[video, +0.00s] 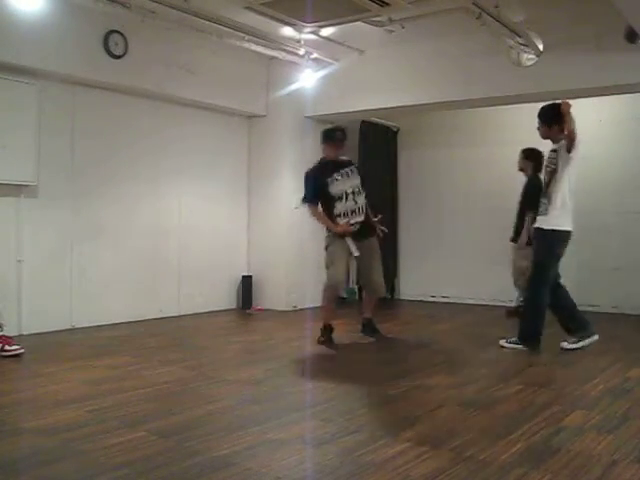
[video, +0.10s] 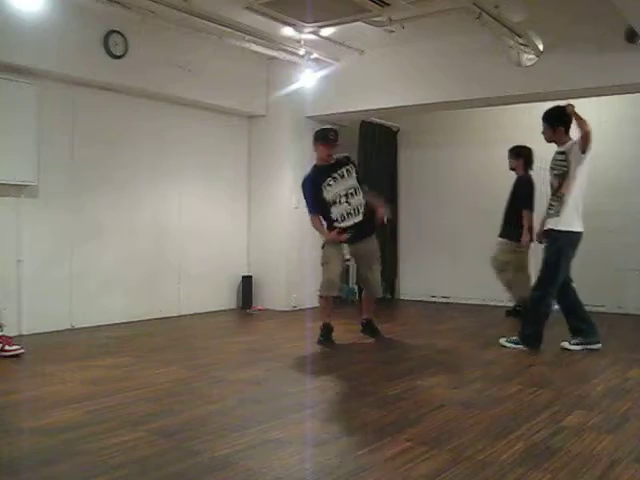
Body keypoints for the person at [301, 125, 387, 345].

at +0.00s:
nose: (339, 148)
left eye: (342, 144)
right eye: (335, 144)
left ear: (344, 145)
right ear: (326, 145)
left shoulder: (350, 165)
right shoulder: (315, 174)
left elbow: (358, 196)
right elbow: (313, 208)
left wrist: (371, 218)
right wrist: (334, 227)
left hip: (365, 230)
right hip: (339, 234)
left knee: (373, 282)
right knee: (335, 280)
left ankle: (367, 322)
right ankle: (326, 329)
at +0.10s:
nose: (330, 152)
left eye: (332, 147)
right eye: (325, 147)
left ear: (336, 147)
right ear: (316, 147)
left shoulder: (347, 163)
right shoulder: (311, 181)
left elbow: (359, 190)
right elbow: (314, 215)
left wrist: (377, 204)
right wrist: (325, 234)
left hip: (363, 230)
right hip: (336, 236)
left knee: (372, 280)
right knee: (330, 281)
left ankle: (367, 321)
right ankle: (325, 327)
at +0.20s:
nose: (327, 151)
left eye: (330, 146)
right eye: (323, 147)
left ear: (335, 145)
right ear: (316, 147)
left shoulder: (351, 161)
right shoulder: (313, 176)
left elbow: (368, 169)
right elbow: (305, 206)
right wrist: (301, 228)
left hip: (361, 232)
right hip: (333, 236)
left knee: (369, 281)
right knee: (329, 280)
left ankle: (368, 322)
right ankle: (326, 327)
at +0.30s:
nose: (331, 149)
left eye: (334, 145)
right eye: (327, 145)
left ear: (339, 145)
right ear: (319, 146)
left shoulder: (352, 162)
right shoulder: (313, 169)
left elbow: (379, 163)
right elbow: (291, 179)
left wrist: (397, 166)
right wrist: (286, 201)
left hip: (357, 232)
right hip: (329, 236)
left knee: (365, 277)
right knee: (328, 280)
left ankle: (367, 322)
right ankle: (326, 327)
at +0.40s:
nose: (346, 144)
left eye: (348, 140)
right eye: (343, 140)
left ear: (349, 140)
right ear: (334, 140)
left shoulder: (356, 160)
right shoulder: (318, 159)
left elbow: (380, 170)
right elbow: (297, 166)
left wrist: (377, 169)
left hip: (353, 226)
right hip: (326, 227)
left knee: (368, 276)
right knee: (326, 277)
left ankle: (368, 321)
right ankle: (326, 326)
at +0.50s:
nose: (362, 146)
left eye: (362, 141)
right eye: (359, 141)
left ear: (360, 141)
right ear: (347, 139)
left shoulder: (360, 161)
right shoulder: (328, 157)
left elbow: (367, 179)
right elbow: (315, 168)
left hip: (349, 222)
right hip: (325, 221)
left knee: (369, 271)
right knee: (332, 269)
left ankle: (361, 321)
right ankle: (326, 326)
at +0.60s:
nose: (364, 146)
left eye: (365, 142)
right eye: (361, 141)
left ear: (364, 144)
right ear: (350, 141)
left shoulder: (361, 163)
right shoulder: (330, 154)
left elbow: (379, 179)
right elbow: (329, 159)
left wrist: (360, 161)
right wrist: (352, 153)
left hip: (351, 228)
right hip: (329, 227)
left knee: (372, 277)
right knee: (333, 281)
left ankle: (361, 322)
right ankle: (326, 328)